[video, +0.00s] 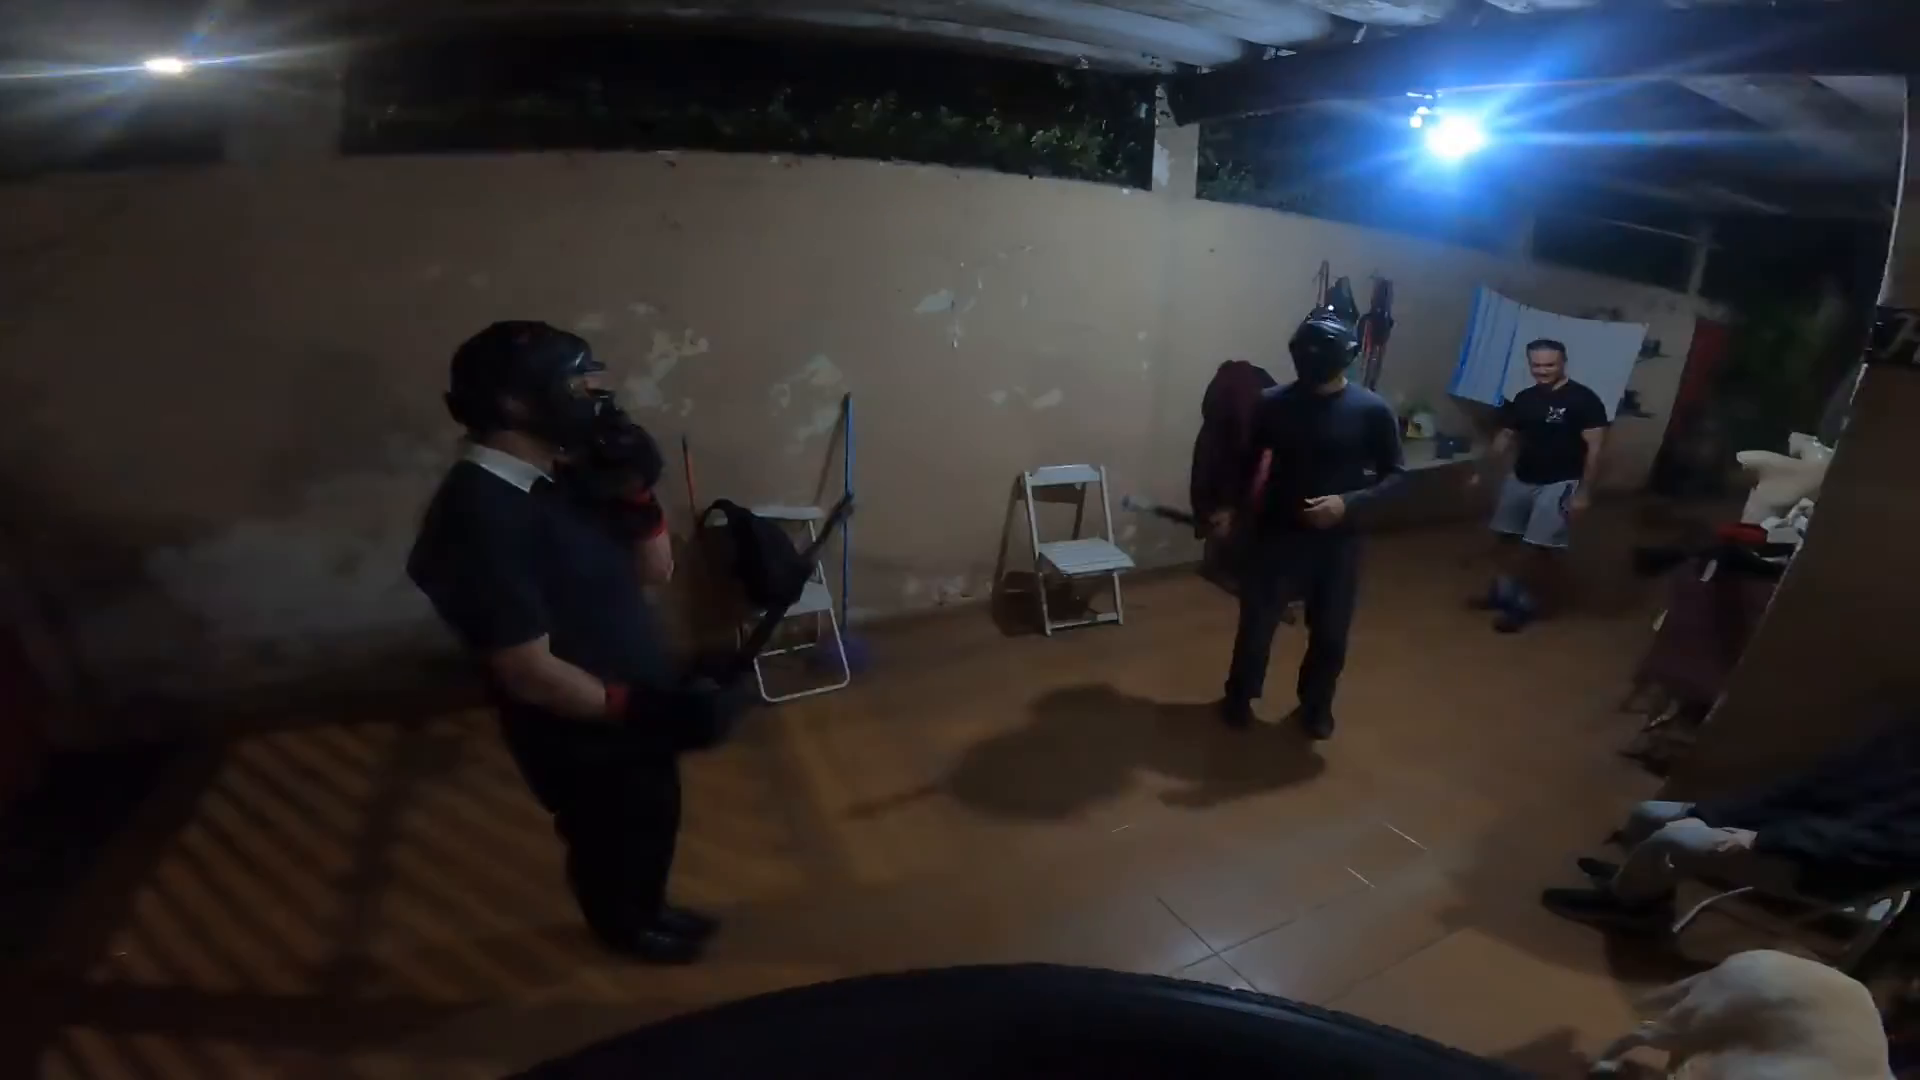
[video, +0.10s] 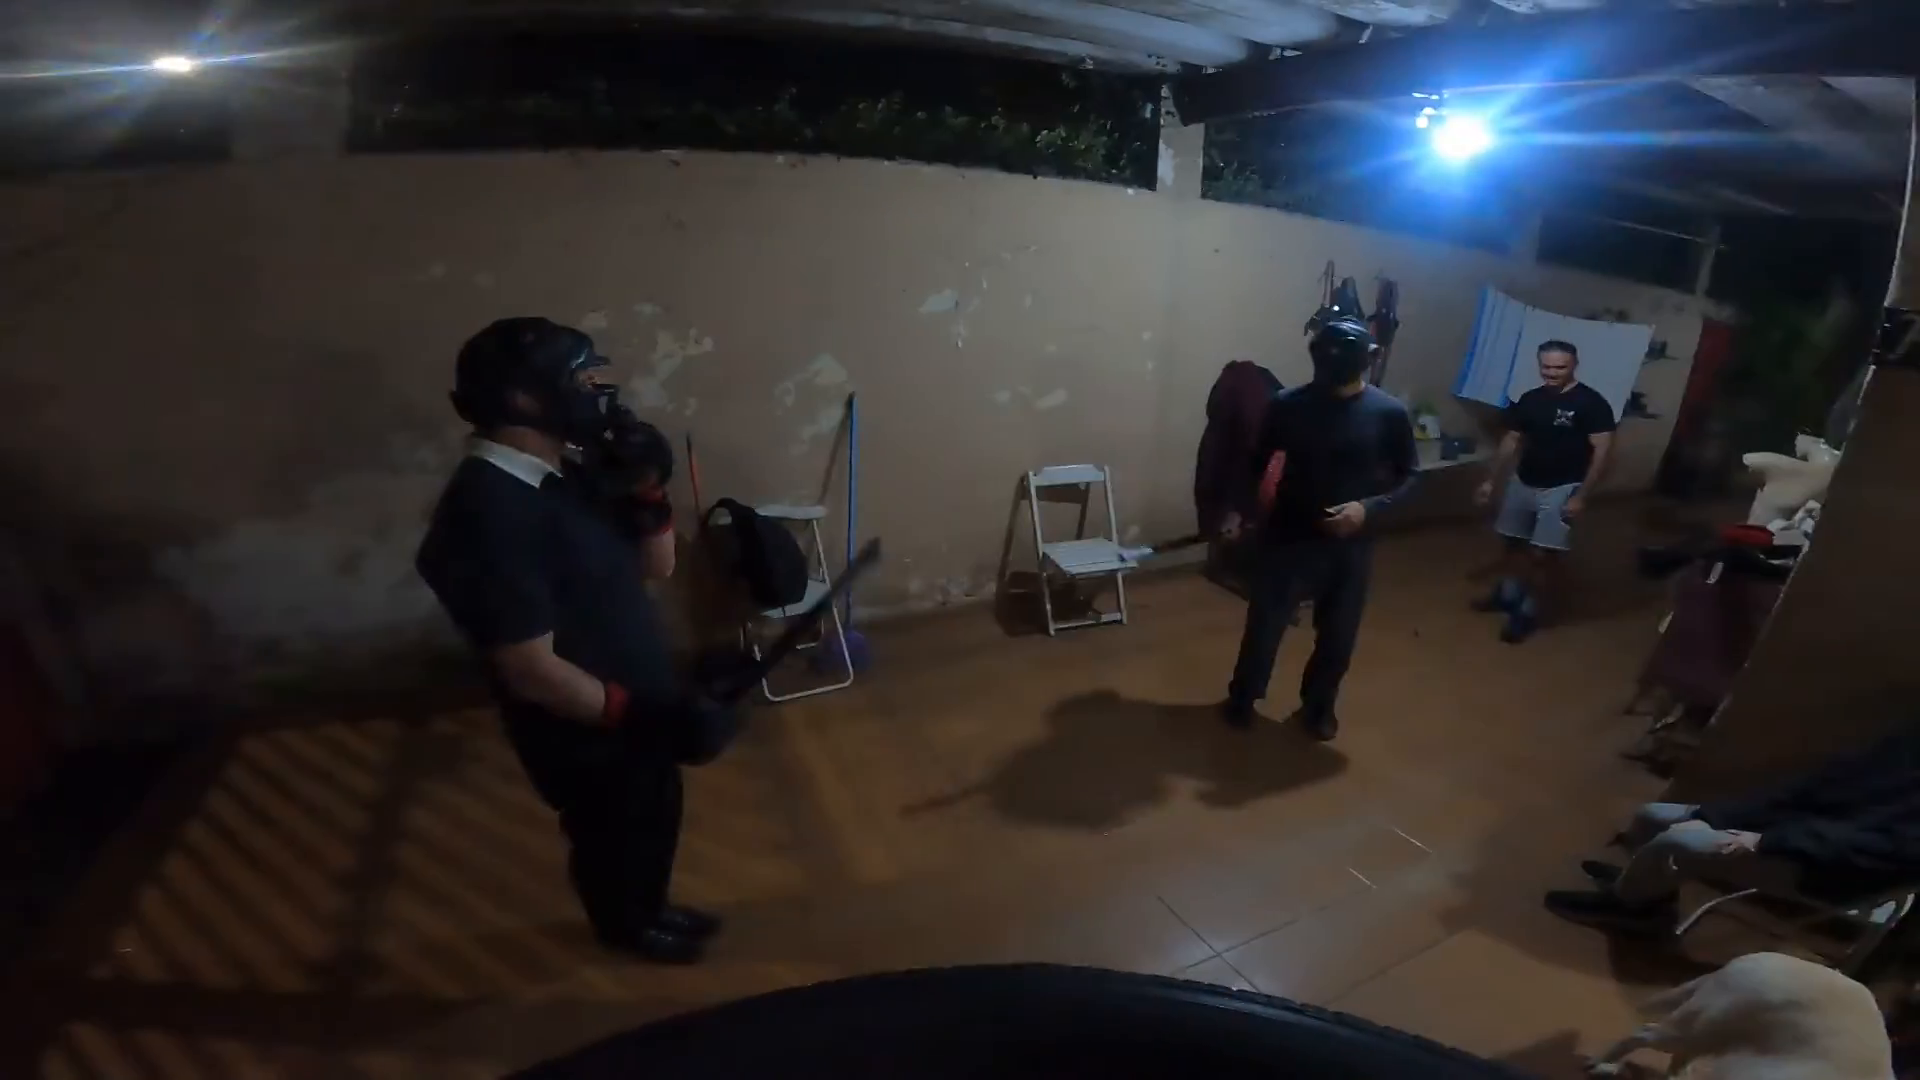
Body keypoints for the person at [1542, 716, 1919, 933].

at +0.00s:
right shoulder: (1898, 752)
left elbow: (1877, 849)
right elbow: (1811, 790)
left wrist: (1764, 842)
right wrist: (1710, 813)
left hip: (1824, 866)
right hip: (1790, 827)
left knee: (1672, 841)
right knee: (1647, 816)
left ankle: (1624, 901)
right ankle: (1631, 877)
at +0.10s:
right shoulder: (1901, 755)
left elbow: (1876, 849)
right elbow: (1811, 792)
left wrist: (1767, 843)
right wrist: (1713, 815)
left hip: (1828, 870)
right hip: (1794, 830)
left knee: (1676, 843)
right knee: (1652, 817)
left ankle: (1628, 904)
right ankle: (1635, 880)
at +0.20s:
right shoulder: (1904, 758)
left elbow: (1885, 854)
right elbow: (1818, 795)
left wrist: (1778, 848)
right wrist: (1721, 819)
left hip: (1834, 874)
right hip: (1802, 835)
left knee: (1686, 848)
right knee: (1660, 822)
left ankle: (1636, 907)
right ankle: (1645, 886)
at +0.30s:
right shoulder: (1908, 780)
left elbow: (1899, 867)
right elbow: (1844, 807)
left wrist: (1801, 859)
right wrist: (1748, 830)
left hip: (1852, 883)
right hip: (1822, 845)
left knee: (1709, 854)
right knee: (1685, 830)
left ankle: (1656, 913)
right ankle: (1662, 894)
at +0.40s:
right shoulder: (1909, 789)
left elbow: (1898, 868)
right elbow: (1852, 814)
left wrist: (1809, 862)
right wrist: (1754, 830)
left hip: (1862, 887)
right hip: (1831, 848)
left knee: (1720, 859)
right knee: (1694, 833)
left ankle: (1661, 917)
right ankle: (1674, 898)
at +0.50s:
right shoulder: (1910, 796)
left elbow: (1902, 868)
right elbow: (1855, 817)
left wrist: (1818, 865)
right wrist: (1763, 834)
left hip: (1866, 891)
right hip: (1836, 851)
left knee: (1727, 863)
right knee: (1703, 836)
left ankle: (1669, 921)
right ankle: (1682, 903)